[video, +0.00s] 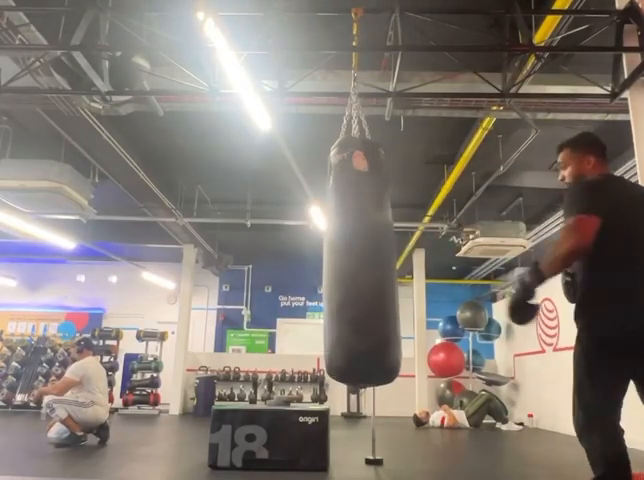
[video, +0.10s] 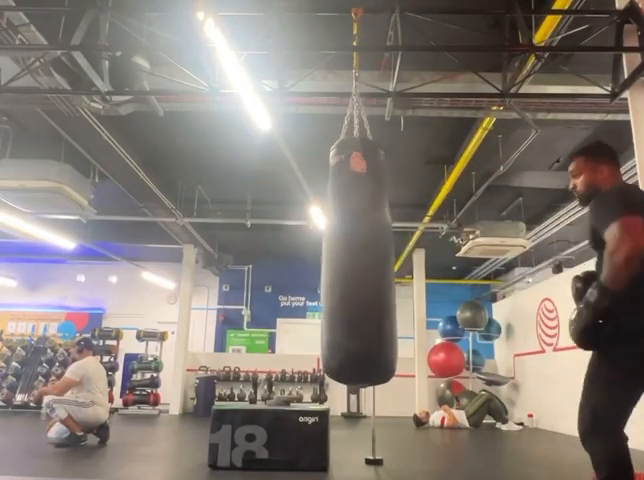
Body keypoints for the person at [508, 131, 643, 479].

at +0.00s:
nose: (561, 176)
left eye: (564, 167)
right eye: (559, 169)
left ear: (590, 161)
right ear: (597, 164)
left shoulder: (588, 189)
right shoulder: (636, 193)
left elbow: (577, 239)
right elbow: (632, 255)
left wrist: (532, 277)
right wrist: (585, 279)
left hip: (607, 324)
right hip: (640, 320)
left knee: (595, 423)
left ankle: (615, 475)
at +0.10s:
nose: (572, 185)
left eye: (576, 175)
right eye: (571, 178)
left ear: (604, 169)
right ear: (608, 172)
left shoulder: (612, 197)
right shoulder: (629, 197)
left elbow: (626, 247)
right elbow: (630, 255)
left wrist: (591, 308)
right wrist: (596, 281)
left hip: (630, 331)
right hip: (631, 329)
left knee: (598, 427)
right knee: (602, 426)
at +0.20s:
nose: (580, 190)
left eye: (584, 179)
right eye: (579, 182)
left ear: (610, 172)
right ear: (611, 175)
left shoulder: (630, 200)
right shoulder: (624, 205)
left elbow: (642, 245)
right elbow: (634, 257)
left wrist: (617, 286)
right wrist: (611, 276)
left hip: (641, 326)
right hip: (638, 324)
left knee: (602, 415)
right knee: (602, 413)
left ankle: (614, 473)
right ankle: (613, 472)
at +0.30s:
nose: (581, 178)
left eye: (584, 167)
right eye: (578, 171)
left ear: (610, 158)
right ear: (611, 161)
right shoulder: (626, 196)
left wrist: (606, 265)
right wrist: (608, 258)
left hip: (642, 303)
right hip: (638, 301)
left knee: (621, 386)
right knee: (621, 384)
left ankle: (627, 467)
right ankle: (625, 464)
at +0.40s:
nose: (584, 177)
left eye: (586, 165)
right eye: (581, 169)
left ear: (613, 154)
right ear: (614, 157)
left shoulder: (632, 196)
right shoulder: (629, 194)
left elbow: (634, 262)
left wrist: (614, 266)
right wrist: (612, 259)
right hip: (641, 303)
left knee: (632, 385)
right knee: (631, 384)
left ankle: (631, 466)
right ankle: (629, 463)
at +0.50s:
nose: (589, 193)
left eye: (591, 180)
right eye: (586, 185)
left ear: (618, 168)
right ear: (618, 171)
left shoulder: (640, 208)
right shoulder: (634, 217)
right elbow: (634, 266)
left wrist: (628, 266)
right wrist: (614, 281)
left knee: (636, 407)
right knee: (636, 407)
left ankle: (635, 469)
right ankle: (633, 468)